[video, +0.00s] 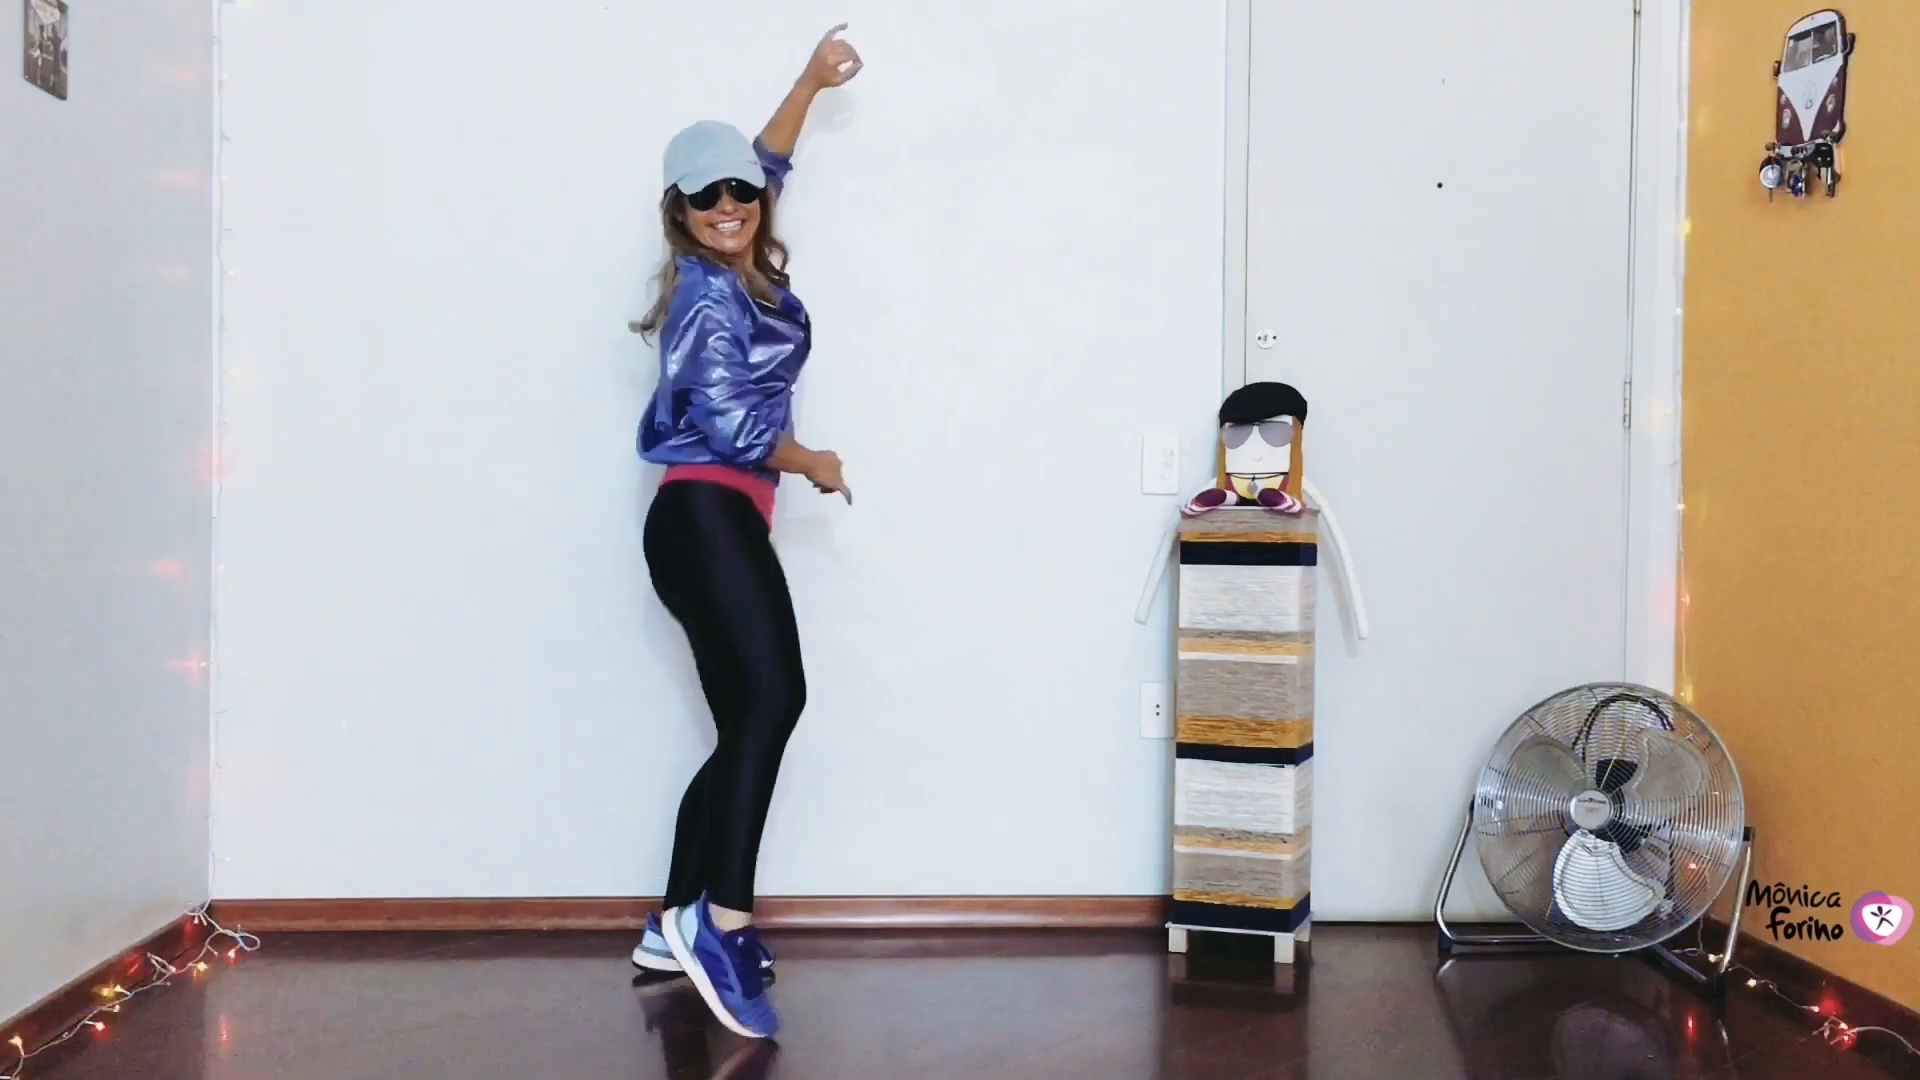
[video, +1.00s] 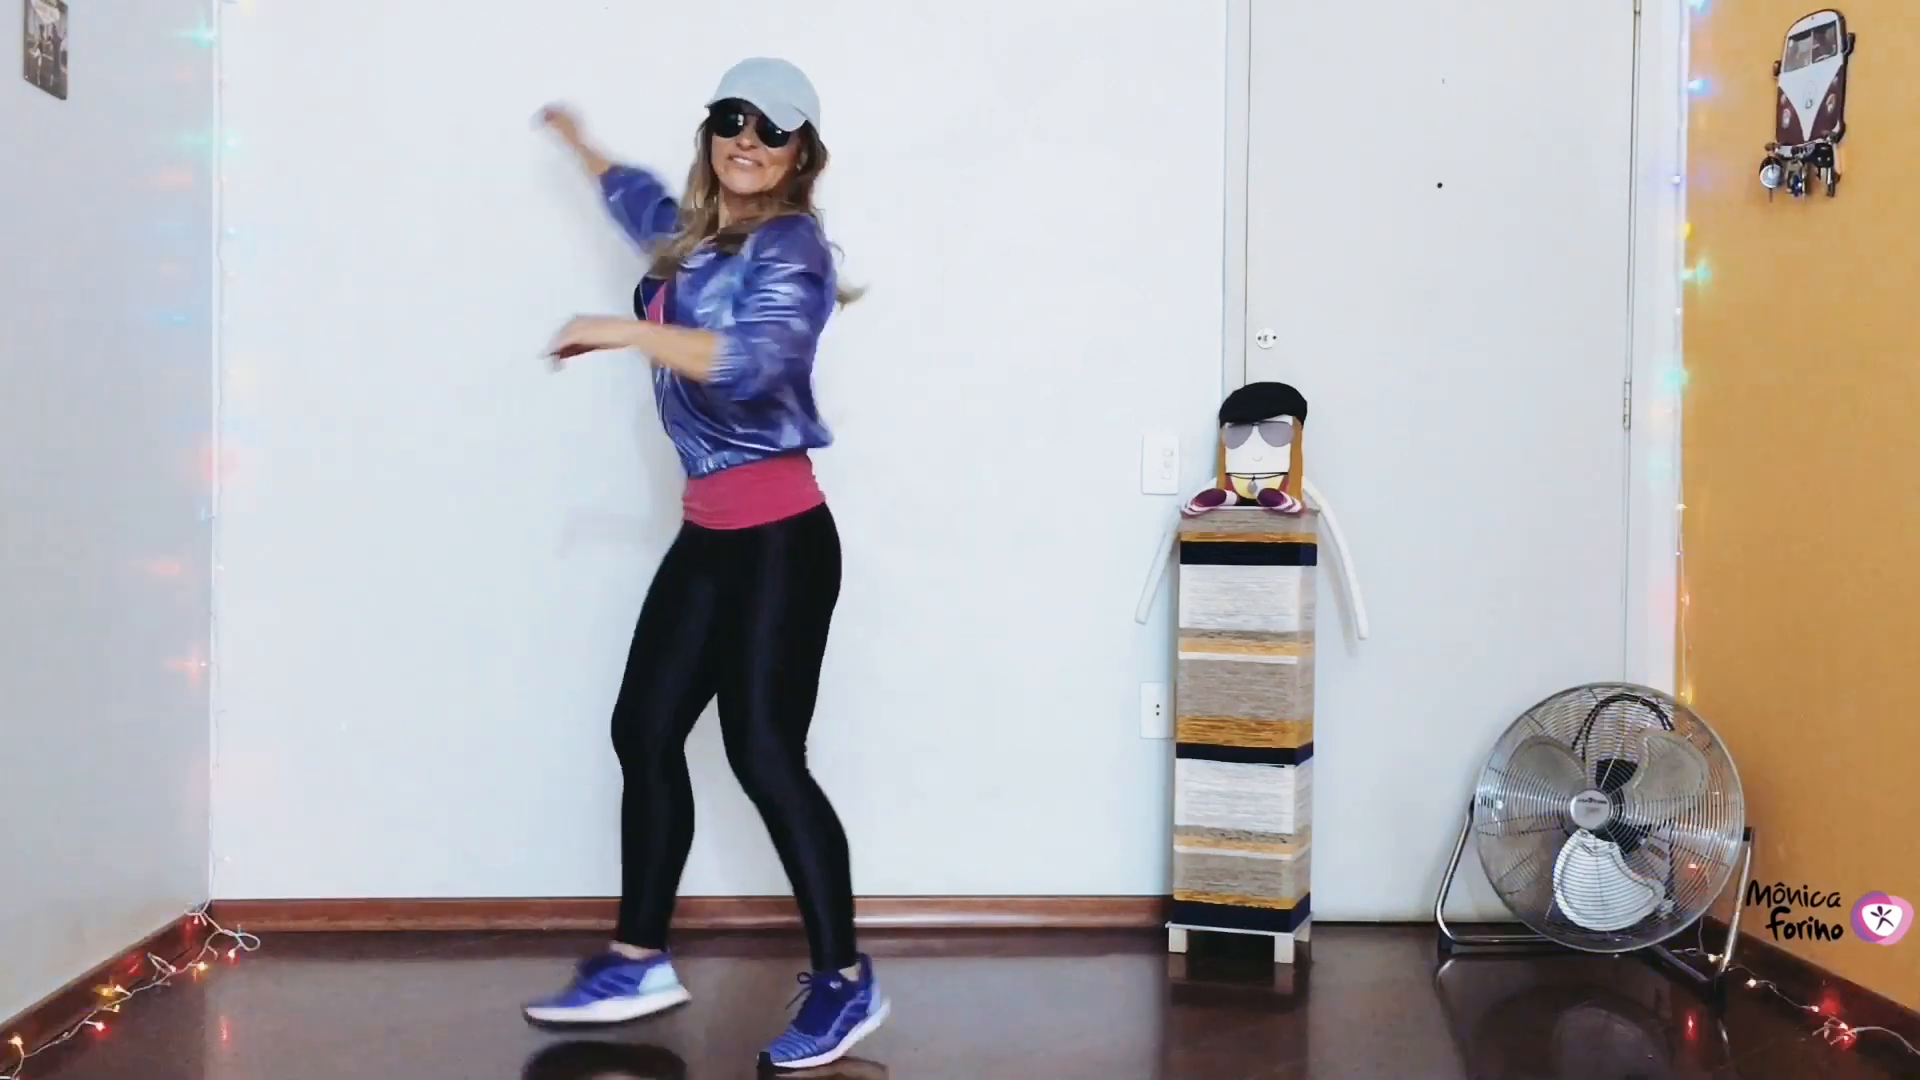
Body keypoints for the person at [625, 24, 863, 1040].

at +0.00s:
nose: (721, 211)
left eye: (735, 195)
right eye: (701, 201)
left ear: (758, 201)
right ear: (679, 215)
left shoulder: (745, 269)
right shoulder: (706, 297)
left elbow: (768, 164)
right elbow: (717, 421)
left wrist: (811, 82)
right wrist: (798, 457)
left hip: (728, 513)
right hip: (701, 511)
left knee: (758, 713)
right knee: (769, 703)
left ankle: (680, 918)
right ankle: (722, 921)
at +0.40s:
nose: (721, 194)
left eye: (740, 178)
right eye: (700, 179)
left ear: (766, 190)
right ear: (675, 194)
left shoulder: (788, 275)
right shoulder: (667, 293)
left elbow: (842, 253)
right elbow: (643, 411)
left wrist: (866, 169)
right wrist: (684, 483)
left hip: (763, 557)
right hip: (672, 557)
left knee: (769, 745)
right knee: (699, 763)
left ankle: (700, 907)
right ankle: (686, 992)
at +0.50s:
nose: (718, 194)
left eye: (737, 177)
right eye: (697, 177)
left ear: (764, 187)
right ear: (673, 190)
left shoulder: (796, 285)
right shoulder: (644, 295)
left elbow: (898, 286)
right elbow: (579, 371)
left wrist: (903, 210)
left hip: (750, 564)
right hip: (654, 557)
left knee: (812, 760)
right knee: (682, 776)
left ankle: (714, 862)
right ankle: (685, 995)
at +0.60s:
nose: (720, 191)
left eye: (741, 174)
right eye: (700, 172)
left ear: (768, 185)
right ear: (675, 181)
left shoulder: (809, 288)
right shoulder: (632, 293)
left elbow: (948, 317)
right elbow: (515, 346)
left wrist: (930, 247)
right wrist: (390, 376)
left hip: (752, 563)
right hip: (645, 554)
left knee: (827, 762)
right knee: (671, 776)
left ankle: (719, 866)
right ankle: (679, 997)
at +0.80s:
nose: (742, 173)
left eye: (763, 157)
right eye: (724, 154)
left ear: (790, 172)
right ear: (697, 169)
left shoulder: (825, 277)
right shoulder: (632, 276)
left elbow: (919, 355)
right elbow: (509, 280)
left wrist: (841, 278)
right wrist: (388, 268)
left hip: (765, 563)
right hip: (655, 556)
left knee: (760, 781)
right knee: (660, 781)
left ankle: (780, 980)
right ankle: (684, 994)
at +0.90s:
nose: (754, 157)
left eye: (775, 144)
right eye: (737, 138)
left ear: (801, 163)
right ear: (709, 152)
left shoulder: (817, 258)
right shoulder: (666, 255)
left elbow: (844, 355)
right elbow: (574, 239)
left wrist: (719, 303)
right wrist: (488, 197)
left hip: (774, 547)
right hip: (681, 543)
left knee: (756, 767)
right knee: (656, 756)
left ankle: (810, 983)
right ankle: (668, 979)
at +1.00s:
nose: (745, 143)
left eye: (769, 133)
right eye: (731, 124)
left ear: (799, 153)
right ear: (706, 135)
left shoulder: (791, 246)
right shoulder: (692, 236)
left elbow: (757, 362)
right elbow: (636, 202)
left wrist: (633, 331)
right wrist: (583, 146)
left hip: (784, 538)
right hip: (706, 536)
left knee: (764, 751)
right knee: (645, 729)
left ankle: (842, 981)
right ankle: (640, 960)